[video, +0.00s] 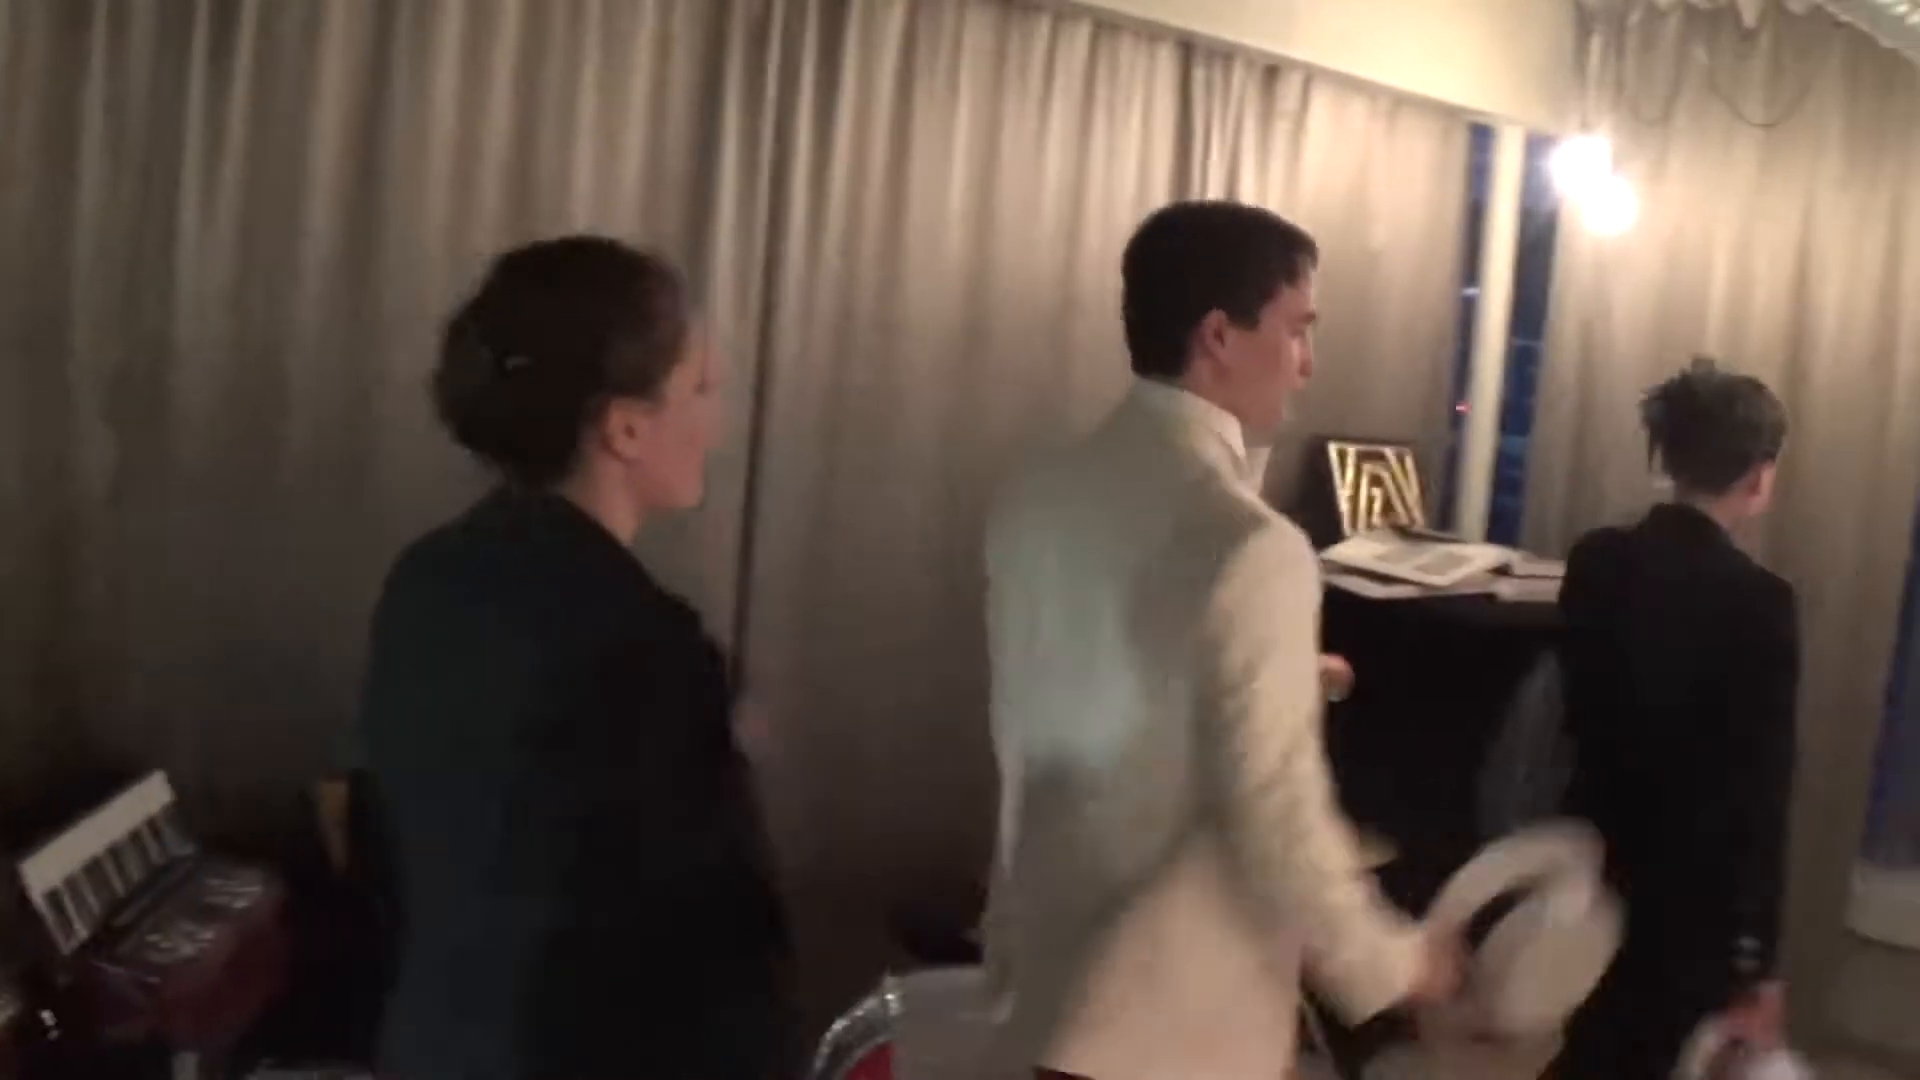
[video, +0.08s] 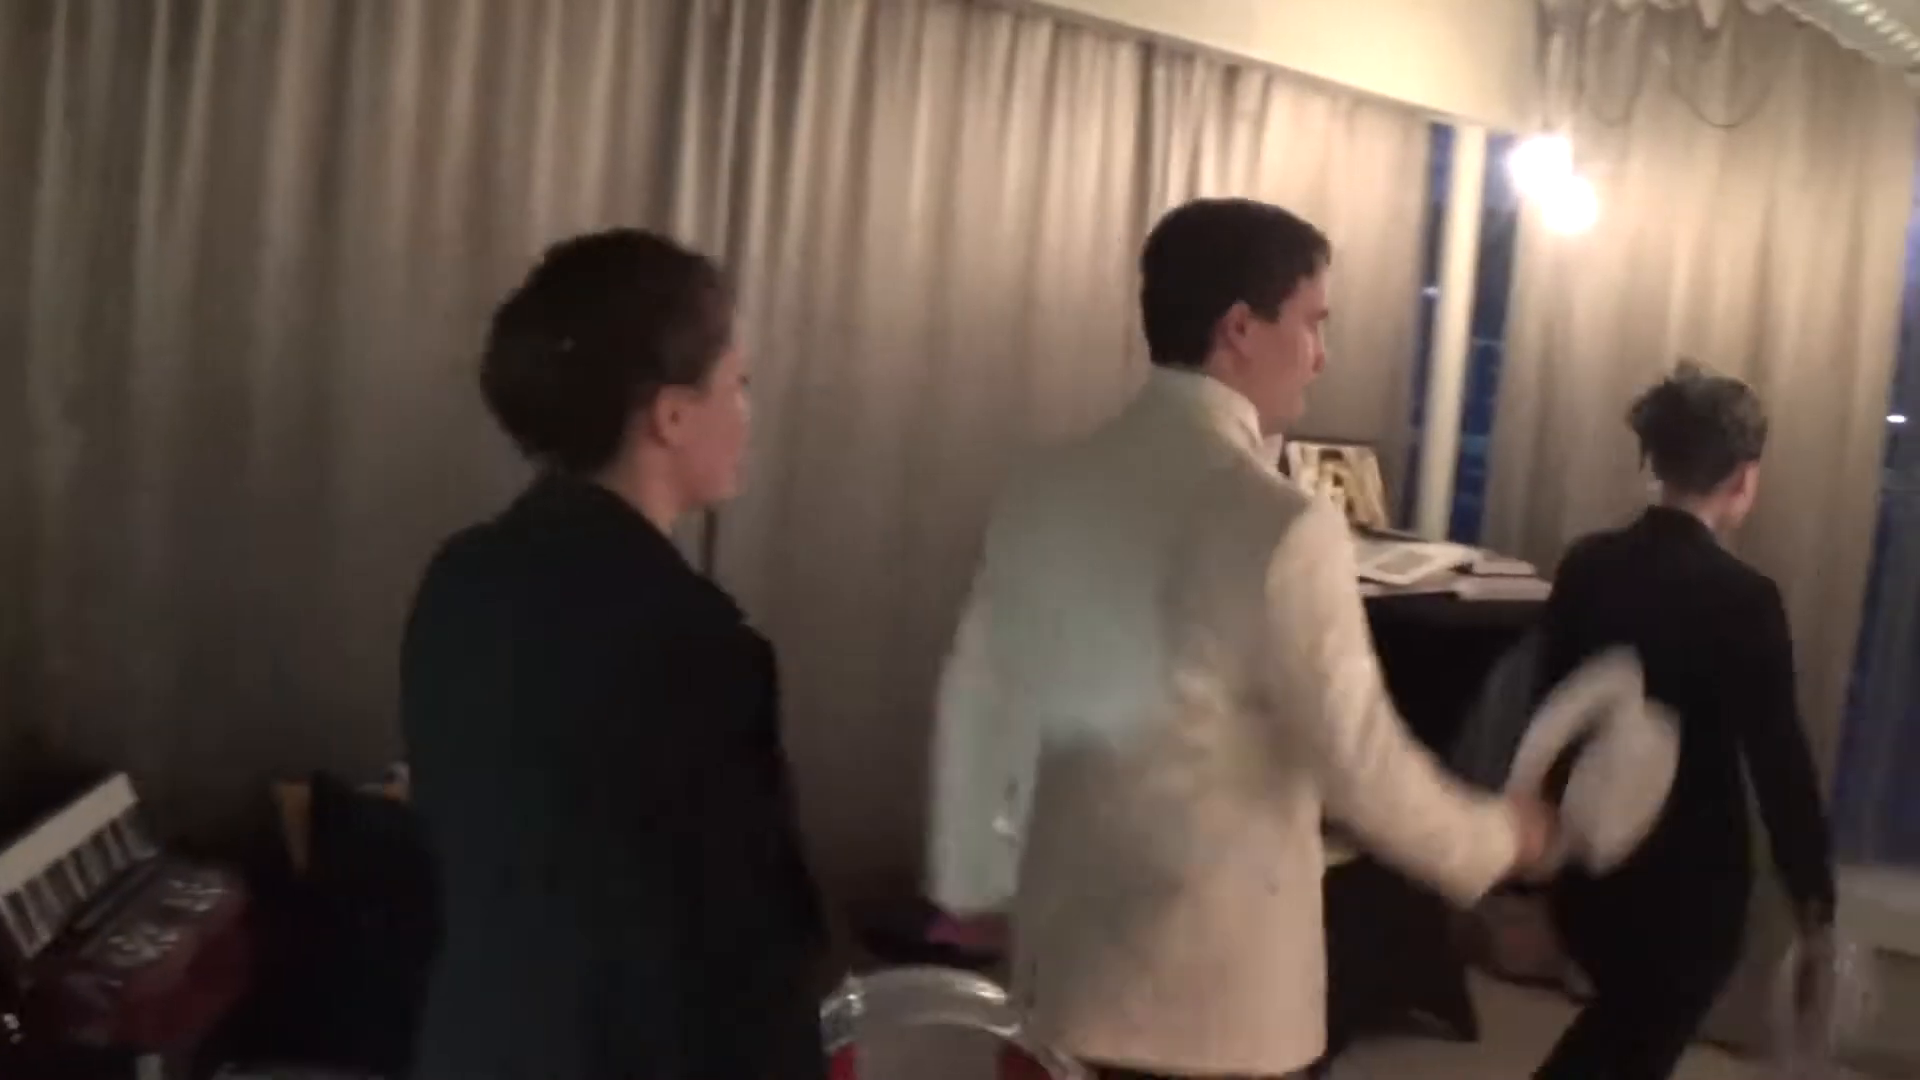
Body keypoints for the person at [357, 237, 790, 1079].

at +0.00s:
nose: (714, 417)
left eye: (709, 389)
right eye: (699, 390)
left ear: (514, 415)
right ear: (624, 431)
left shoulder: (425, 582)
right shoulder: (648, 642)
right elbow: (720, 921)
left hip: (434, 1030)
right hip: (605, 1050)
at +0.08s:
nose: (748, 416)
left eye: (744, 385)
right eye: (736, 385)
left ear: (558, 406)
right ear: (668, 416)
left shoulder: (458, 581)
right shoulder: (702, 640)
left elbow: (459, 851)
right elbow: (755, 916)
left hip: (479, 1031)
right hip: (660, 1045)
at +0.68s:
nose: (979, 413)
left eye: (975, 385)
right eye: (975, 388)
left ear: (817, 395)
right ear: (944, 408)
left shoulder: (722, 551)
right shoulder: (995, 600)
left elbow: (741, 785)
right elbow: (983, 837)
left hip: (752, 943)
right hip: (920, 966)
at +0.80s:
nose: (1026, 434)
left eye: (1023, 408)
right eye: (1022, 410)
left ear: (865, 417)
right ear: (994, 430)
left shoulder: (771, 556)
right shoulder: (1048, 609)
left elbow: (795, 767)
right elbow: (1053, 813)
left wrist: (964, 533)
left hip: (790, 944)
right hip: (969, 965)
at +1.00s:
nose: (1092, 440)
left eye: (1090, 416)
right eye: (1089, 418)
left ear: (946, 422)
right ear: (1060, 435)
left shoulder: (855, 572)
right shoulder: (1109, 608)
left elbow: (824, 783)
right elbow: (1116, 805)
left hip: (886, 956)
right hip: (1053, 968)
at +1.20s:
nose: (1121, 411)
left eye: (1117, 386)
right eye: (1116, 388)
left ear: (979, 400)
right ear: (1078, 405)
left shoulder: (909, 524)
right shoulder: (1110, 563)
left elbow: (792, 665)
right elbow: (1158, 776)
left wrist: (847, 742)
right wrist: (1336, 733)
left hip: (918, 914)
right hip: (1047, 940)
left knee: (969, 1059)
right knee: (1048, 1065)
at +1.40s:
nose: (1128, 410)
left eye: (1122, 386)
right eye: (1109, 388)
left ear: (1041, 408)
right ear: (1036, 406)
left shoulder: (1028, 538)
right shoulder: (974, 558)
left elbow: (1073, 754)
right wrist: (1148, 900)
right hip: (980, 965)